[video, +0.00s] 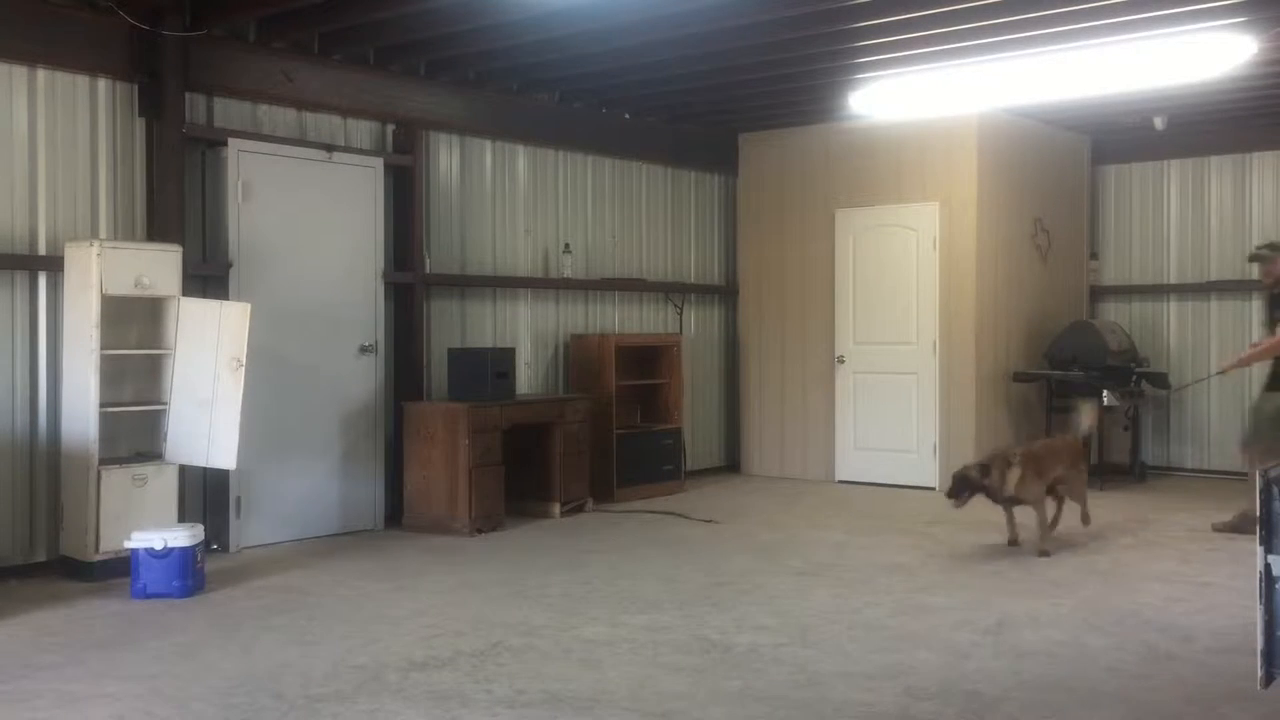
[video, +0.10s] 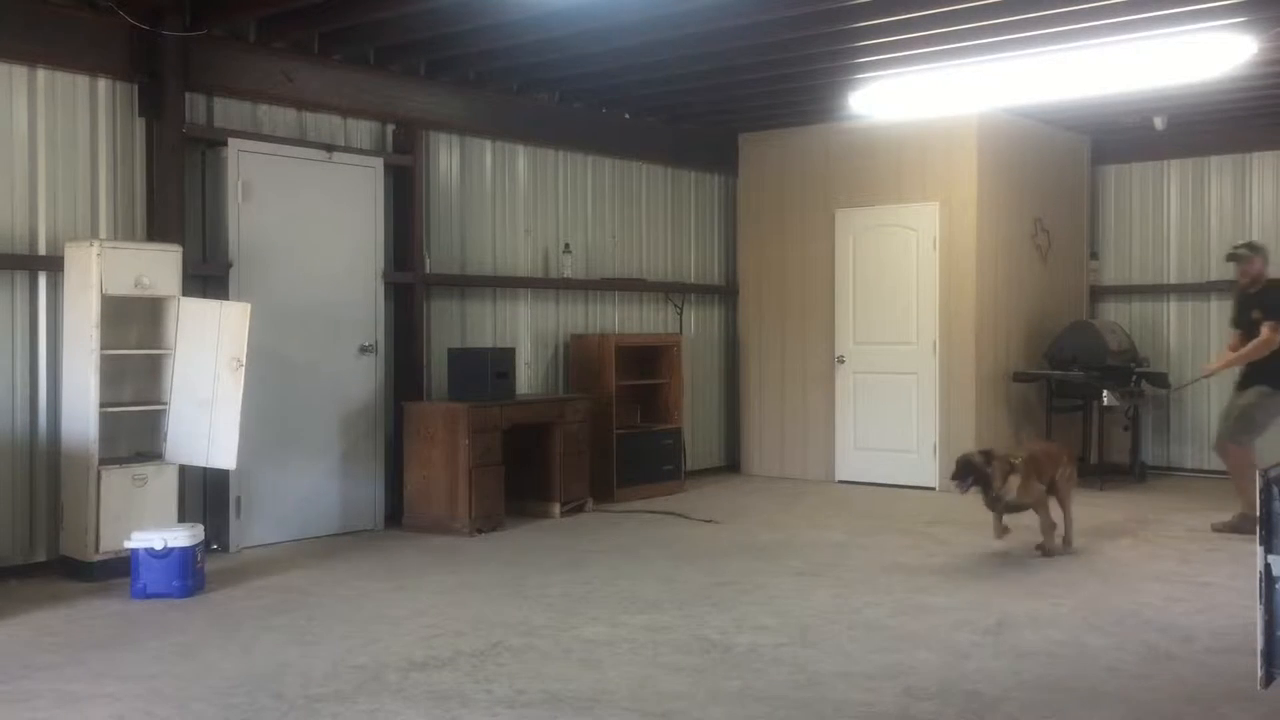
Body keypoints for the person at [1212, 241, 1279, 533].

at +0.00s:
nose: (1262, 270)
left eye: (1267, 264)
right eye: (1261, 264)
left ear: (1278, 265)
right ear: (1263, 267)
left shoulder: (1276, 295)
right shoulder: (1271, 295)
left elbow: (1276, 341)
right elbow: (1273, 336)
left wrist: (1245, 358)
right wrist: (1252, 350)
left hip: (1276, 383)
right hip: (1272, 382)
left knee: (1260, 444)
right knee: (1259, 443)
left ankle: (1257, 511)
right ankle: (1256, 510)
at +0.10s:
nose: (1240, 268)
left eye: (1245, 262)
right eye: (1237, 263)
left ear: (1261, 263)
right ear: (1237, 267)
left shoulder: (1272, 290)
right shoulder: (1243, 294)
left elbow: (1270, 338)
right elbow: (1238, 338)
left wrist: (1223, 364)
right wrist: (1229, 350)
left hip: (1272, 377)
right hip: (1251, 375)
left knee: (1236, 440)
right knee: (1227, 443)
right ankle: (1251, 510)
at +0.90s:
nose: (1058, 275)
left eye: (1064, 268)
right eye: (1053, 269)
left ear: (1076, 271)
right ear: (1046, 274)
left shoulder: (1093, 308)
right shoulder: (1039, 309)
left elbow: (1107, 353)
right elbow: (1028, 348)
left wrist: (1069, 372)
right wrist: (1037, 371)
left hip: (1086, 389)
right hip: (1052, 389)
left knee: (1067, 434)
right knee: (1029, 447)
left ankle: (1086, 511)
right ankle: (1050, 517)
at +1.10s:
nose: (1037, 275)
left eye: (1044, 269)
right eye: (1032, 269)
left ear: (1056, 272)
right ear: (1026, 272)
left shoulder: (1072, 308)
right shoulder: (1021, 303)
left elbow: (1080, 358)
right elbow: (1003, 340)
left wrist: (1034, 371)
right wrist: (1002, 376)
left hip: (1067, 395)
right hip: (1033, 394)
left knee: (1059, 459)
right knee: (1024, 456)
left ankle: (1059, 523)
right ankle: (1045, 517)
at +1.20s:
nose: (1029, 277)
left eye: (1035, 271)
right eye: (1024, 271)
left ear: (1047, 275)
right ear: (1018, 275)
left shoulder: (1063, 310)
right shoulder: (1015, 302)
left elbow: (1067, 363)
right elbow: (996, 333)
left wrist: (1028, 371)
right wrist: (995, 369)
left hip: (1062, 393)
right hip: (1031, 391)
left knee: (1050, 461)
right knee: (1026, 456)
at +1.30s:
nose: (1017, 278)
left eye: (1023, 272)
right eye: (1012, 273)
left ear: (1036, 275)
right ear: (1006, 277)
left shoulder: (1053, 309)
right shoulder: (1007, 302)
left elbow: (1064, 361)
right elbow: (1007, 331)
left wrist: (1025, 377)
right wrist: (1016, 360)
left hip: (1058, 392)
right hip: (1030, 391)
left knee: (1039, 460)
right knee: (1017, 454)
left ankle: (1042, 527)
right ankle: (1055, 522)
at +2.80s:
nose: (876, 303)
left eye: (880, 295)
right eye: (872, 298)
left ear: (897, 293)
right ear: (872, 300)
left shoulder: (911, 318)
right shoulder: (909, 317)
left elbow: (949, 361)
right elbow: (946, 359)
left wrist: (927, 402)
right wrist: (937, 397)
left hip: (960, 394)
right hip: (966, 393)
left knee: (922, 461)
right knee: (943, 457)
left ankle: (914, 539)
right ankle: (958, 522)